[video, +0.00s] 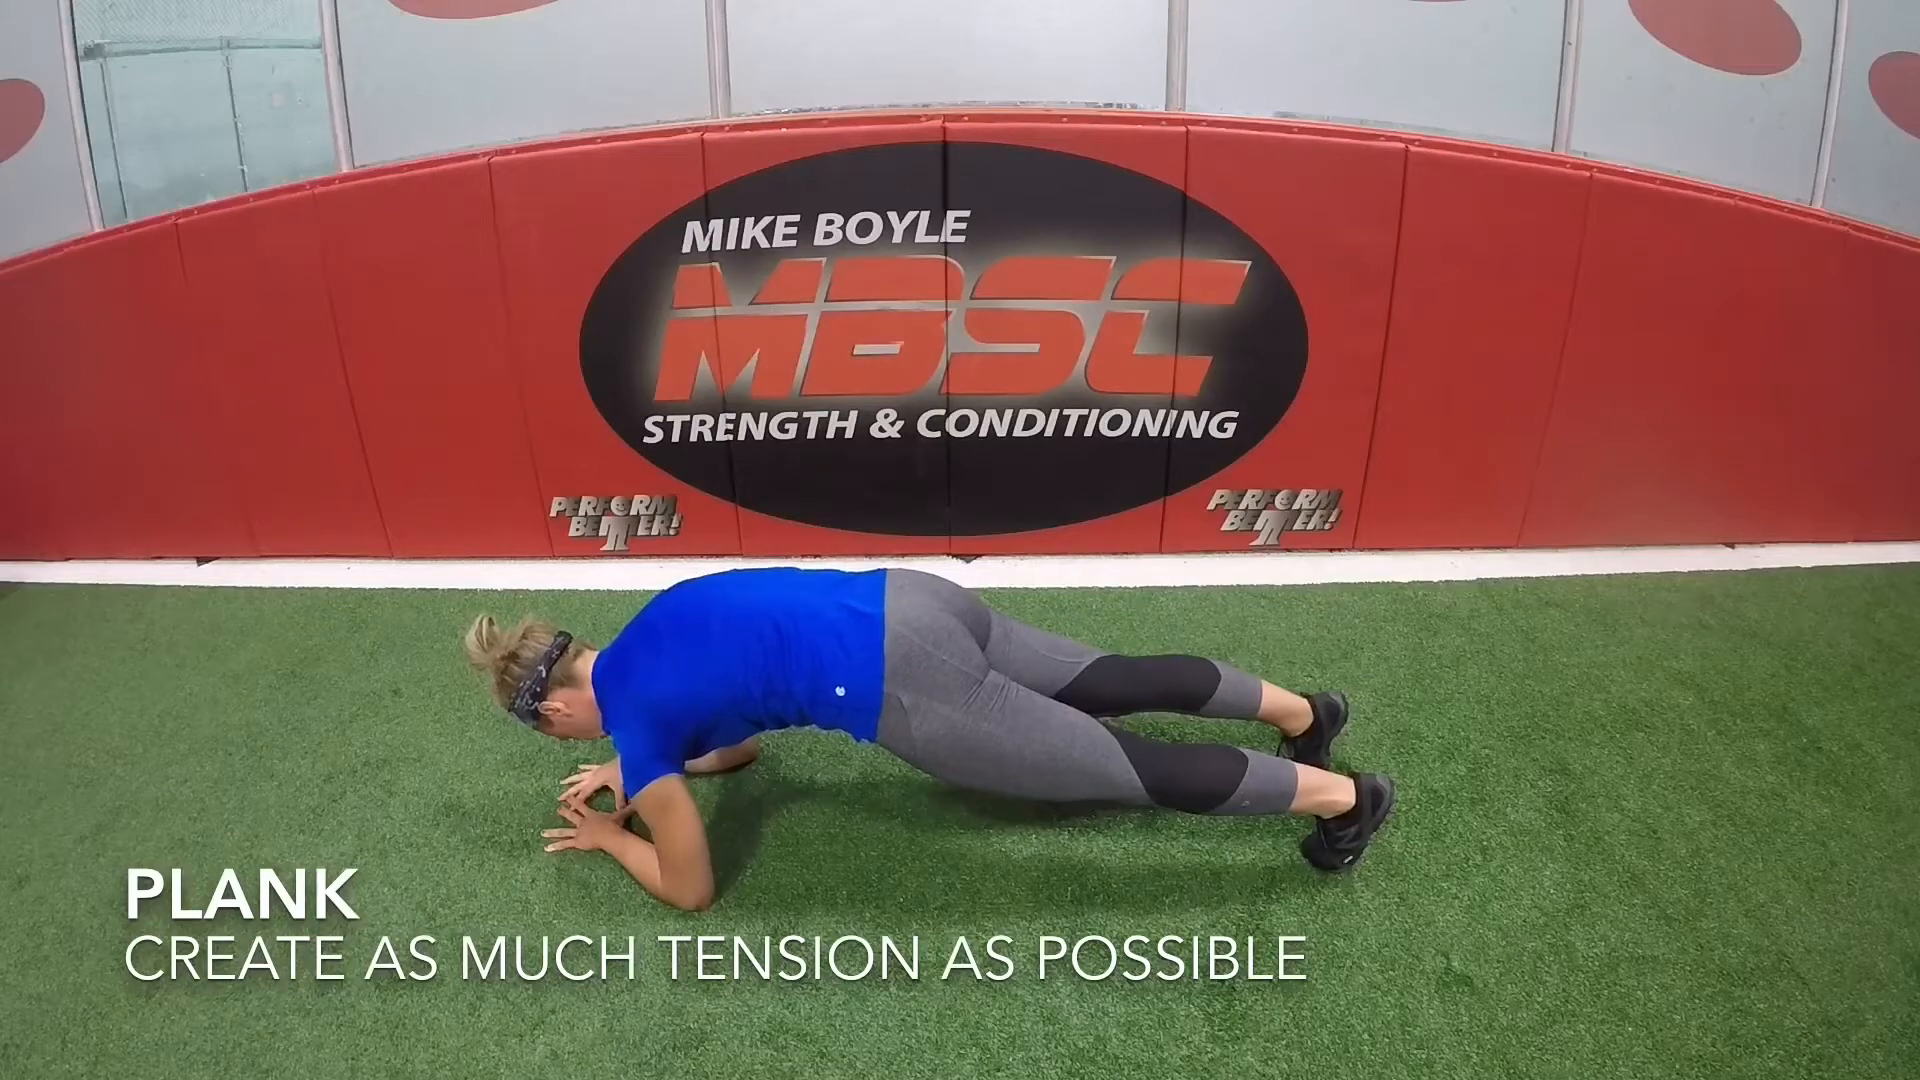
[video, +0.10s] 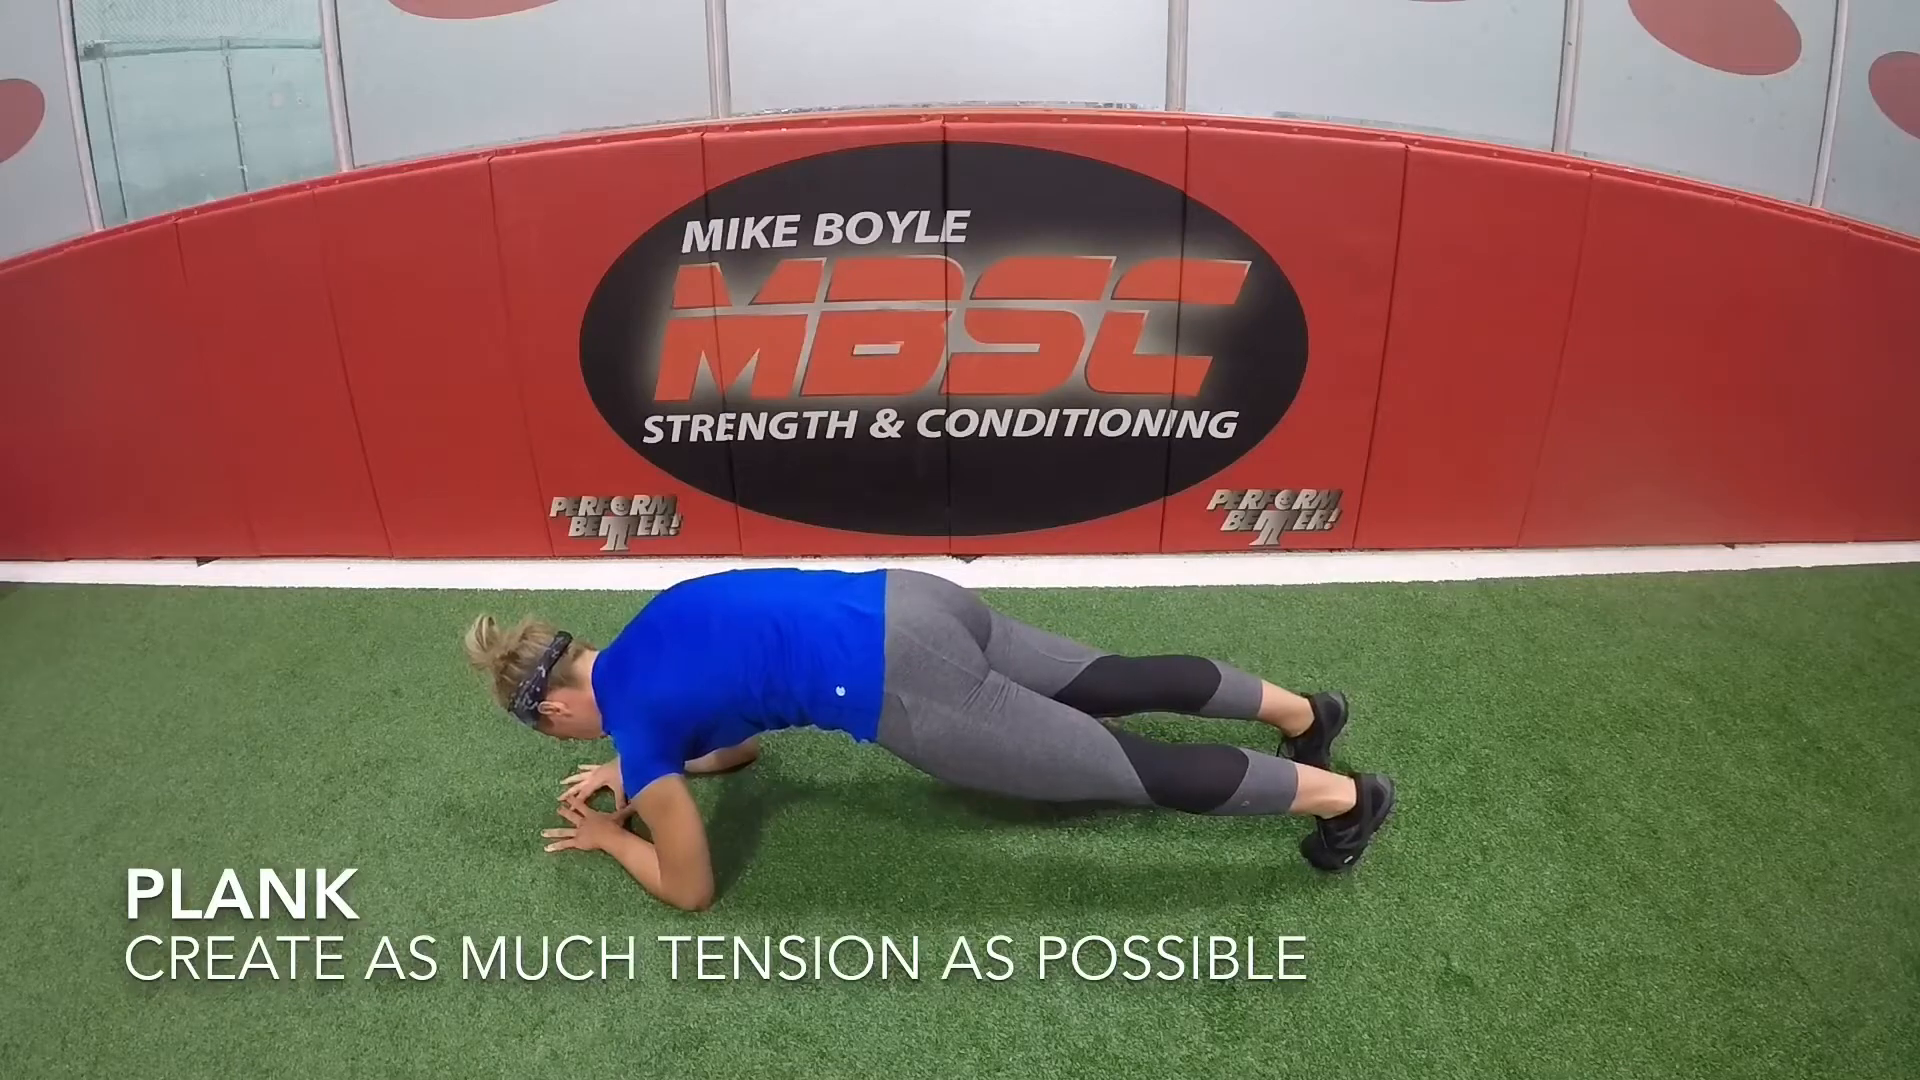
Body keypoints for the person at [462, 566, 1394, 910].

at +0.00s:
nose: (570, 737)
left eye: (555, 731)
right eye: (559, 731)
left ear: (562, 700)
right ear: (576, 650)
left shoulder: (633, 718)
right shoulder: (657, 613)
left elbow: (687, 885)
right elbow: (738, 744)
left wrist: (615, 841)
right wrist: (639, 778)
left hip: (899, 688)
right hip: (914, 592)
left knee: (1131, 769)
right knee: (1105, 678)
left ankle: (1341, 795)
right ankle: (1307, 715)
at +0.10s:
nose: (570, 737)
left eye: (555, 730)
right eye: (559, 731)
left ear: (563, 698)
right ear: (576, 649)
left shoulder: (633, 717)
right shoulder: (660, 612)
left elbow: (687, 885)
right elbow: (738, 745)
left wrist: (614, 840)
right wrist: (638, 777)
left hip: (900, 689)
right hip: (915, 592)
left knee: (1134, 770)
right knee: (1108, 678)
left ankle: (1342, 795)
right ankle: (1307, 715)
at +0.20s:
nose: (569, 737)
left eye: (554, 731)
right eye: (559, 731)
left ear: (559, 702)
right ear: (576, 649)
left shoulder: (632, 717)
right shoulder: (656, 614)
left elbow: (687, 885)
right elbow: (738, 743)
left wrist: (613, 840)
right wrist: (638, 778)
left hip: (899, 688)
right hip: (914, 592)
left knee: (1132, 770)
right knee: (1108, 679)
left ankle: (1341, 795)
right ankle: (1308, 715)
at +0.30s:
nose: (568, 737)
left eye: (553, 730)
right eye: (558, 731)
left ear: (559, 701)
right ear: (574, 649)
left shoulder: (633, 717)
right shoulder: (656, 614)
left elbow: (687, 885)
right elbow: (739, 745)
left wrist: (612, 840)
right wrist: (638, 778)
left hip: (900, 689)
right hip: (914, 593)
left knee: (1132, 771)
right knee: (1110, 680)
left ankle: (1341, 795)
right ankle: (1306, 714)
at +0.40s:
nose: (570, 737)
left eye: (554, 730)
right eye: (559, 730)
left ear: (560, 700)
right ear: (575, 649)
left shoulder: (633, 717)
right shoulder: (657, 612)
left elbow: (687, 885)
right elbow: (737, 743)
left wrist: (613, 840)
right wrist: (638, 778)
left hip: (900, 690)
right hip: (916, 594)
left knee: (1133, 771)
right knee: (1111, 681)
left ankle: (1342, 796)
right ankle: (1307, 715)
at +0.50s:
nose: (570, 737)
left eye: (555, 730)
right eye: (559, 730)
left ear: (561, 700)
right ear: (575, 649)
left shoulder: (633, 717)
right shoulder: (657, 612)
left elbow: (687, 885)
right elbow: (738, 742)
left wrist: (613, 840)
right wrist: (639, 778)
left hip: (899, 689)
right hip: (915, 594)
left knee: (1133, 771)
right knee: (1111, 680)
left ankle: (1342, 796)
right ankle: (1307, 715)